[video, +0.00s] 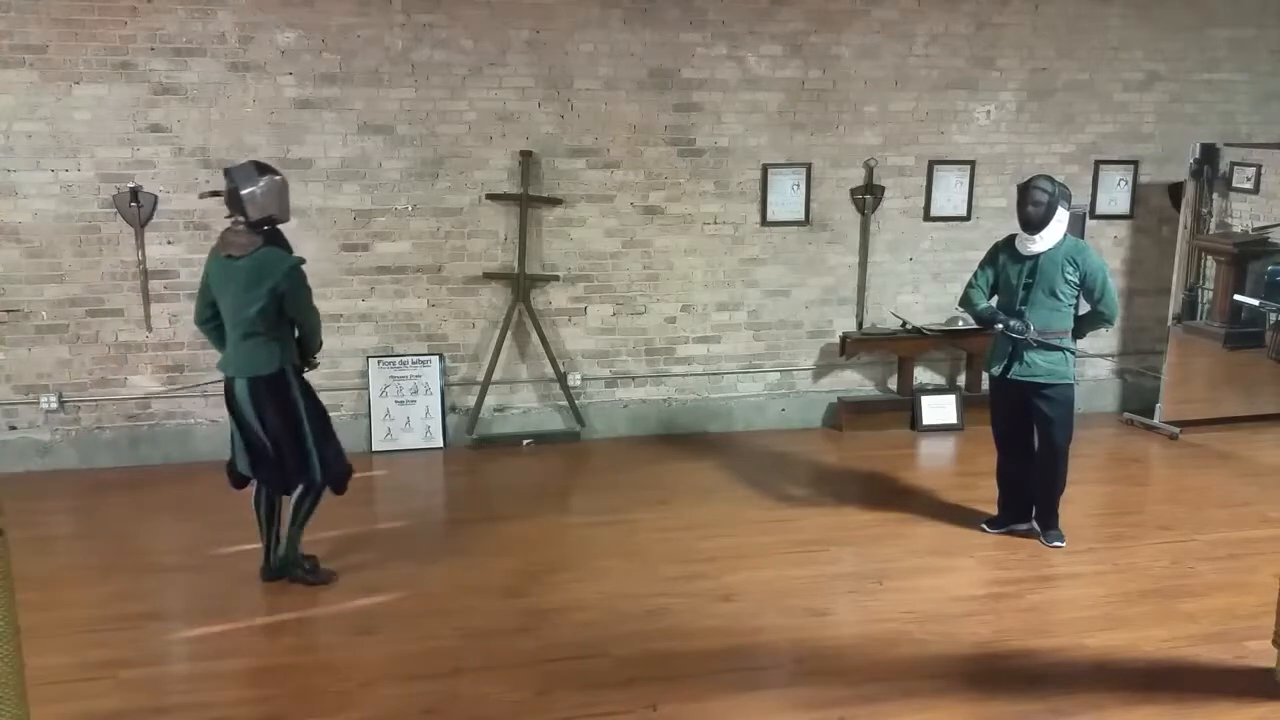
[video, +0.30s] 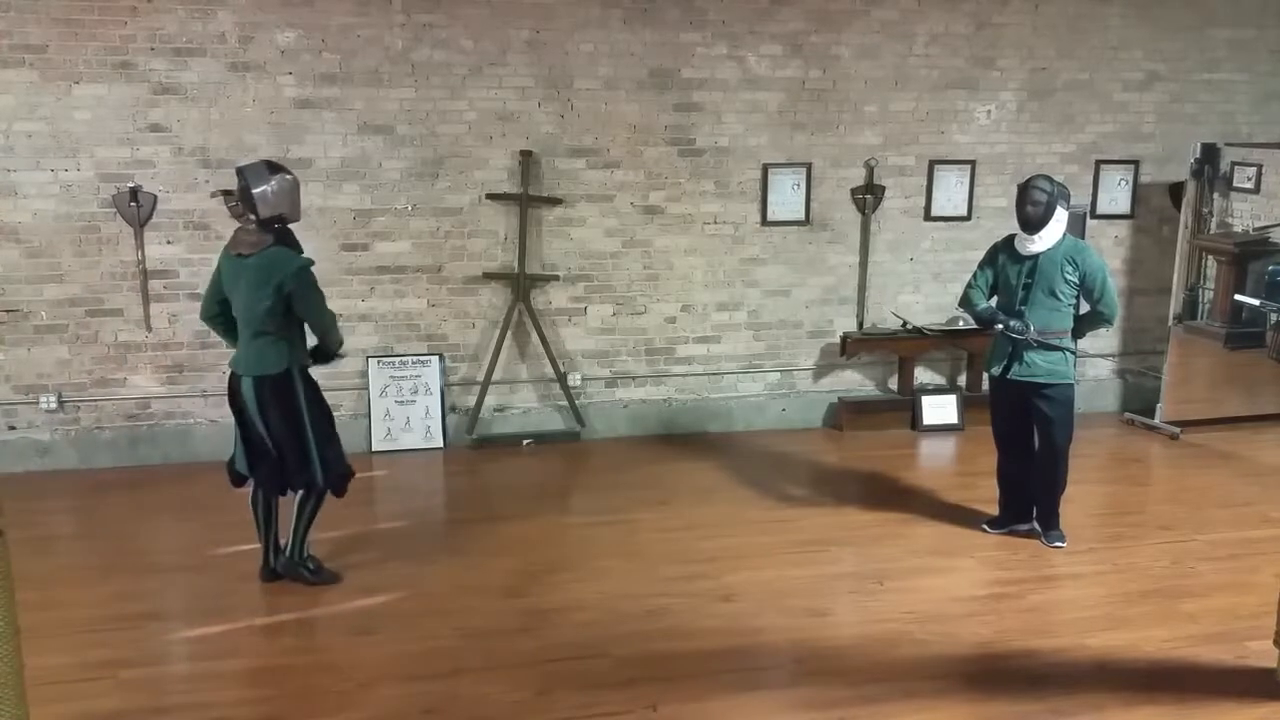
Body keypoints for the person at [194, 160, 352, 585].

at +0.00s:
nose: (282, 203)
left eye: (278, 195)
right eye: (276, 196)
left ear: (235, 207)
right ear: (268, 204)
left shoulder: (218, 259)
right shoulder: (281, 262)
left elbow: (205, 317)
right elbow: (310, 325)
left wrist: (236, 349)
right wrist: (305, 353)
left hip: (236, 379)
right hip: (275, 377)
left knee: (267, 468)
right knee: (318, 466)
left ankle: (272, 557)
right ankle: (289, 553)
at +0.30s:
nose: (296, 203)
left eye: (291, 196)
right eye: (290, 197)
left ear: (251, 207)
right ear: (282, 205)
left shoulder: (233, 253)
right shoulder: (291, 262)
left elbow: (212, 312)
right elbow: (328, 334)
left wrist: (247, 343)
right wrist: (321, 351)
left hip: (244, 377)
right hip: (283, 377)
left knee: (265, 468)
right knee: (322, 465)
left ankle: (270, 557)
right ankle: (297, 552)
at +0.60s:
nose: (291, 202)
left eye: (288, 194)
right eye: (284, 195)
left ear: (245, 206)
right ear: (272, 202)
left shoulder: (233, 253)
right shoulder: (281, 255)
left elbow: (200, 283)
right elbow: (332, 285)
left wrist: (224, 316)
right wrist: (399, 298)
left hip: (241, 378)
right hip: (279, 378)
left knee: (259, 469)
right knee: (319, 466)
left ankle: (268, 559)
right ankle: (296, 554)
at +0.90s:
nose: (290, 203)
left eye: (287, 196)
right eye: (284, 197)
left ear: (244, 208)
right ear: (276, 203)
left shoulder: (231, 257)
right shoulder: (286, 249)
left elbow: (195, 287)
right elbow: (340, 260)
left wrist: (223, 318)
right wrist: (411, 262)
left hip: (245, 380)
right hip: (284, 377)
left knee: (260, 470)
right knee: (324, 466)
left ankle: (268, 558)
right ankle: (298, 553)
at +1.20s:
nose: (289, 202)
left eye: (285, 194)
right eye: (283, 195)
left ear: (245, 207)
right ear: (276, 201)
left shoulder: (236, 256)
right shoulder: (283, 248)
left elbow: (203, 289)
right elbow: (336, 262)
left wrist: (230, 316)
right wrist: (410, 260)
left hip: (249, 378)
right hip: (286, 375)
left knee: (263, 468)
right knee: (327, 465)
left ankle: (269, 558)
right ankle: (298, 553)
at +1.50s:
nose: (296, 201)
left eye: (293, 194)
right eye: (290, 195)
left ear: (252, 207)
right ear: (281, 202)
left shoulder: (248, 251)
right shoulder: (282, 253)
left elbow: (219, 288)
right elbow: (328, 309)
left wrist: (249, 320)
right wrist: (367, 280)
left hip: (253, 377)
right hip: (287, 376)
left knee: (267, 469)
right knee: (330, 467)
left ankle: (270, 556)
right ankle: (300, 552)